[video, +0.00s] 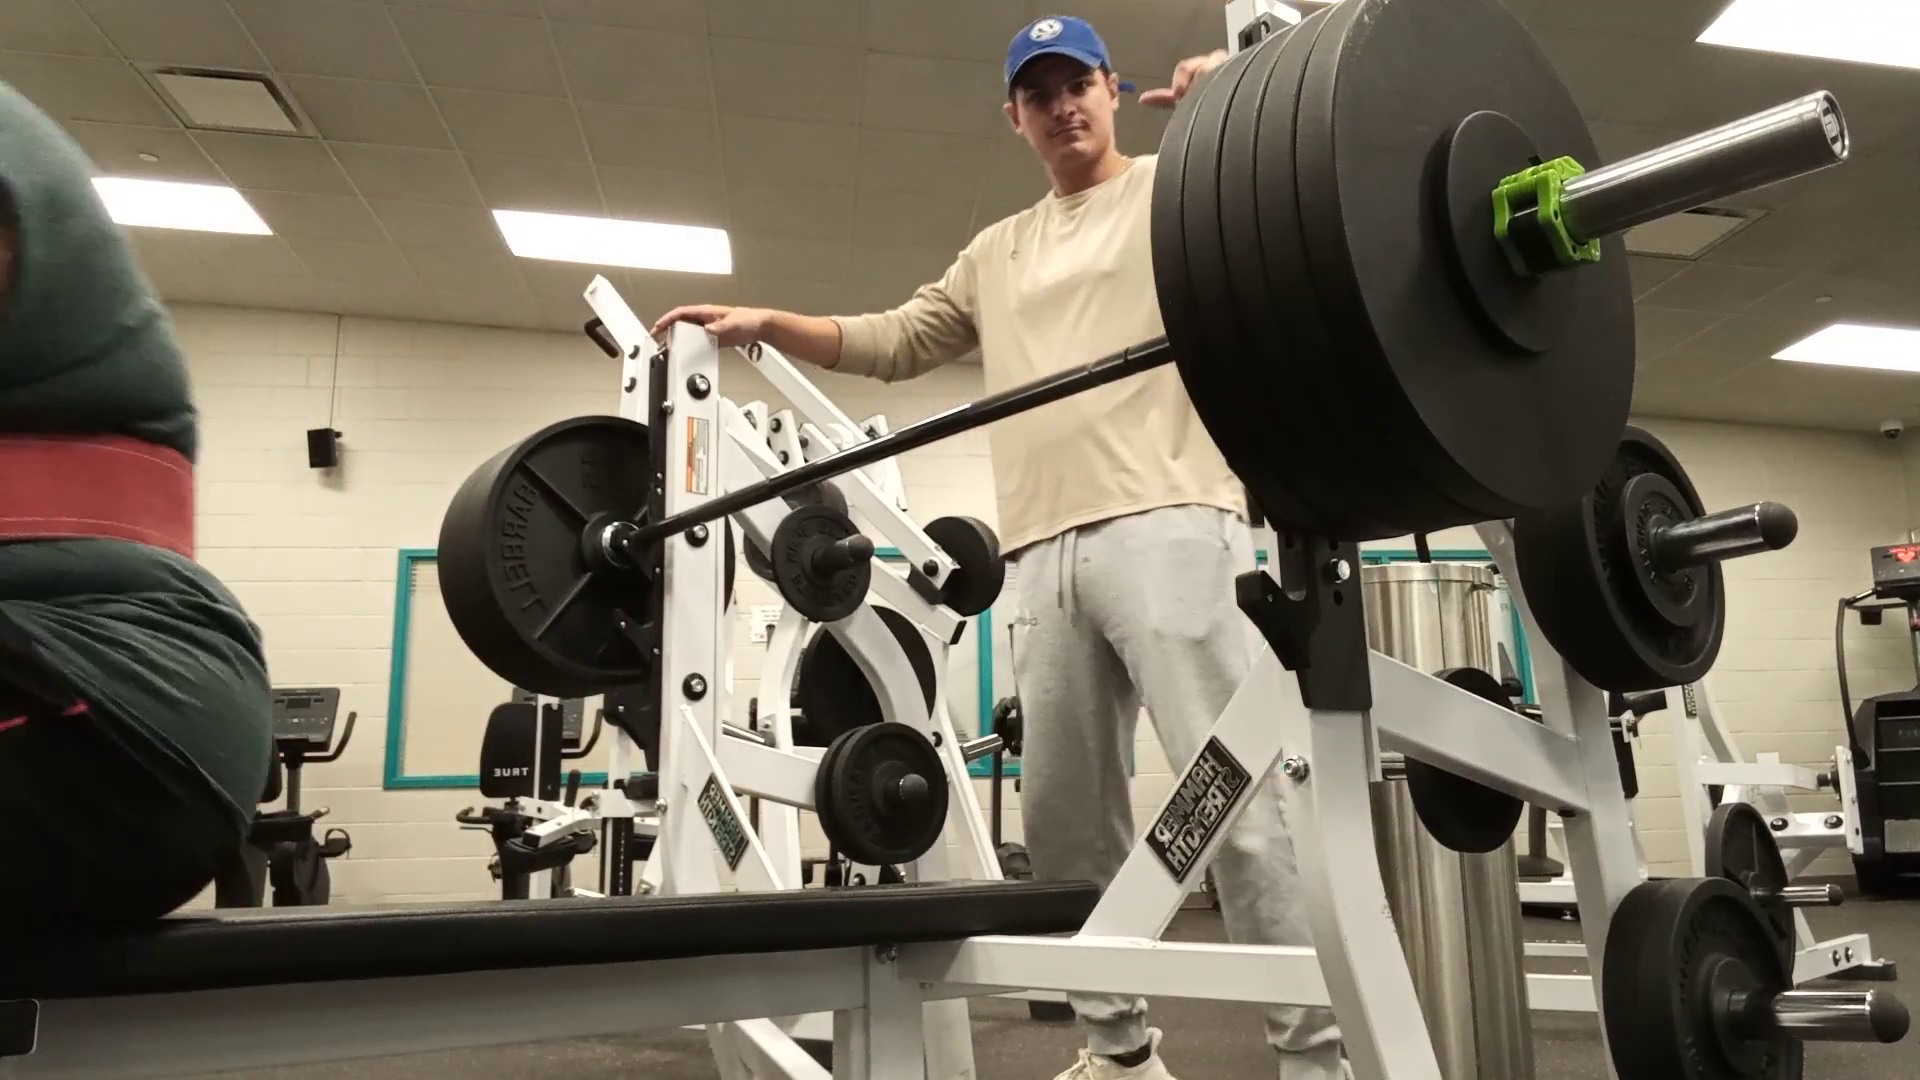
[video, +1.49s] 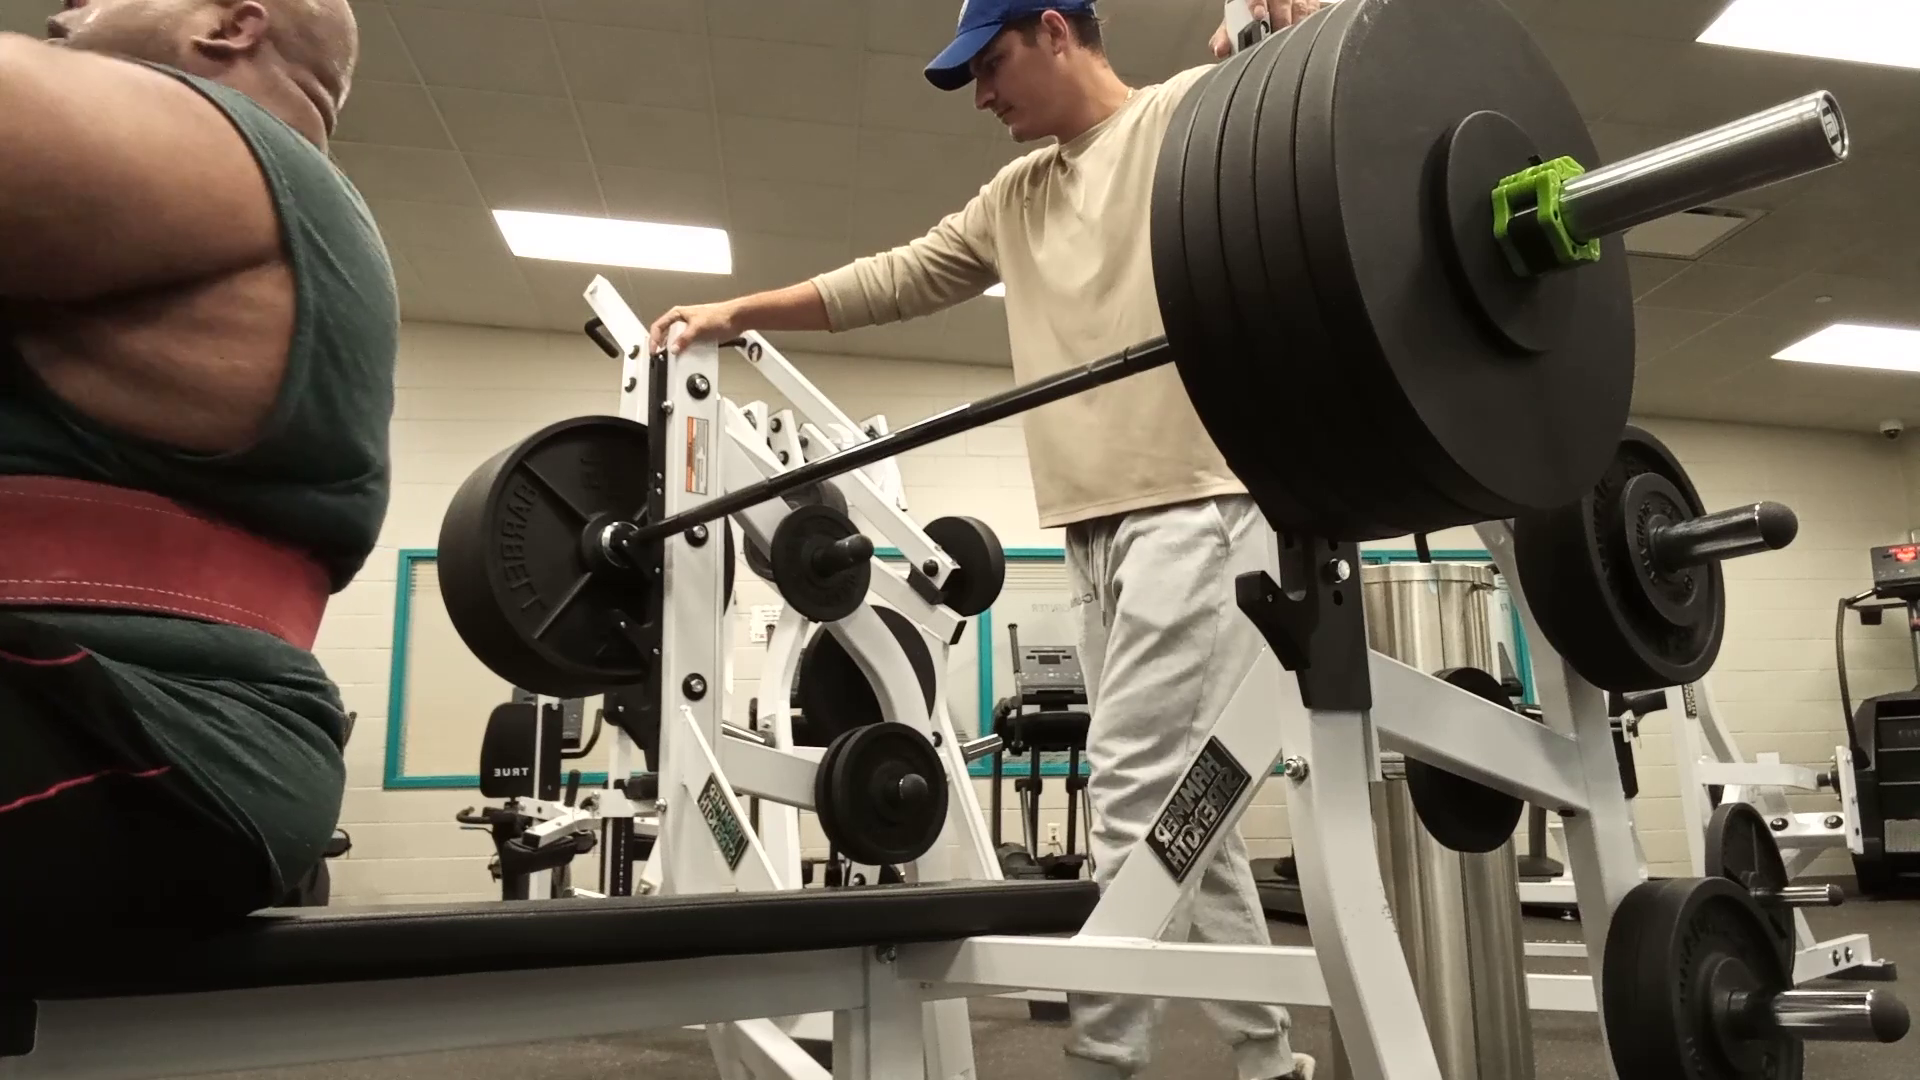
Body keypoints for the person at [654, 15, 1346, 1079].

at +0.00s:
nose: (1062, 107)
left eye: (1077, 86)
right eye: (1040, 95)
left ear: (1116, 94)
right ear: (1017, 120)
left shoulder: (1178, 184)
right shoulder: (995, 251)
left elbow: (1281, 169)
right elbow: (900, 337)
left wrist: (1230, 81)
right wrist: (759, 321)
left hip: (1170, 517)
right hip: (1041, 546)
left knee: (1239, 793)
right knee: (1066, 810)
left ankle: (1315, 1051)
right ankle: (1118, 1044)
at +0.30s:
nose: (1075, 55)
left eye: (1092, 29)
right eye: (1053, 42)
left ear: (1146, 29)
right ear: (1040, 64)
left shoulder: (1215, 135)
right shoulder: (1030, 198)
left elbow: (1330, 174)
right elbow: (912, 283)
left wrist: (1289, 55)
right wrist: (750, 310)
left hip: (1221, 507)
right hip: (1096, 535)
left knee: (1277, 795)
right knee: (1086, 812)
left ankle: (1326, 1047)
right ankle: (1149, 1045)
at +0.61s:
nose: (1042, 47)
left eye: (1059, 19)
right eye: (1023, 33)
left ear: (1119, 6)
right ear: (1014, 44)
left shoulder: (1206, 102)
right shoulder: (1018, 174)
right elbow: (897, 266)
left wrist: (1287, 45)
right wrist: (735, 311)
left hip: (1230, 506)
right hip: (1106, 530)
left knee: (1273, 799)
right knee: (1160, 804)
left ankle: (1324, 1044)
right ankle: (1248, 1044)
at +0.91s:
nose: (990, 71)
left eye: (1003, 40)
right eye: (982, 52)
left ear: (1077, 14)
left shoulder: (1191, 93)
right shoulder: (1010, 182)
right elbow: (896, 267)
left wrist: (1282, 39)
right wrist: (735, 310)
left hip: (1215, 509)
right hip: (1101, 534)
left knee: (1255, 802)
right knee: (1158, 815)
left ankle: (1323, 1051)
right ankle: (1262, 1052)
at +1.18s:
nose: (985, 88)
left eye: (995, 59)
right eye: (976, 74)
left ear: (1065, 26)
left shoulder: (1189, 102)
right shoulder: (1013, 193)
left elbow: (1318, 116)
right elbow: (897, 275)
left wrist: (1287, 44)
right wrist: (736, 310)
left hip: (1209, 504)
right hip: (1100, 534)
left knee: (1147, 744)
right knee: (1151, 797)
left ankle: (1278, 1039)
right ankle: (1264, 1048)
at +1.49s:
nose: (982, 94)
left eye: (990, 66)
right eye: (974, 78)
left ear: (1058, 31)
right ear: (1038, 50)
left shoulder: (1191, 104)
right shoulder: (1012, 195)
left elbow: (1325, 115)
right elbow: (899, 276)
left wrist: (1294, 38)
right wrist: (737, 309)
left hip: (1202, 508)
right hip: (1097, 530)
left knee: (1131, 795)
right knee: (1181, 807)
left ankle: (1106, 1059)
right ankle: (1263, 1057)